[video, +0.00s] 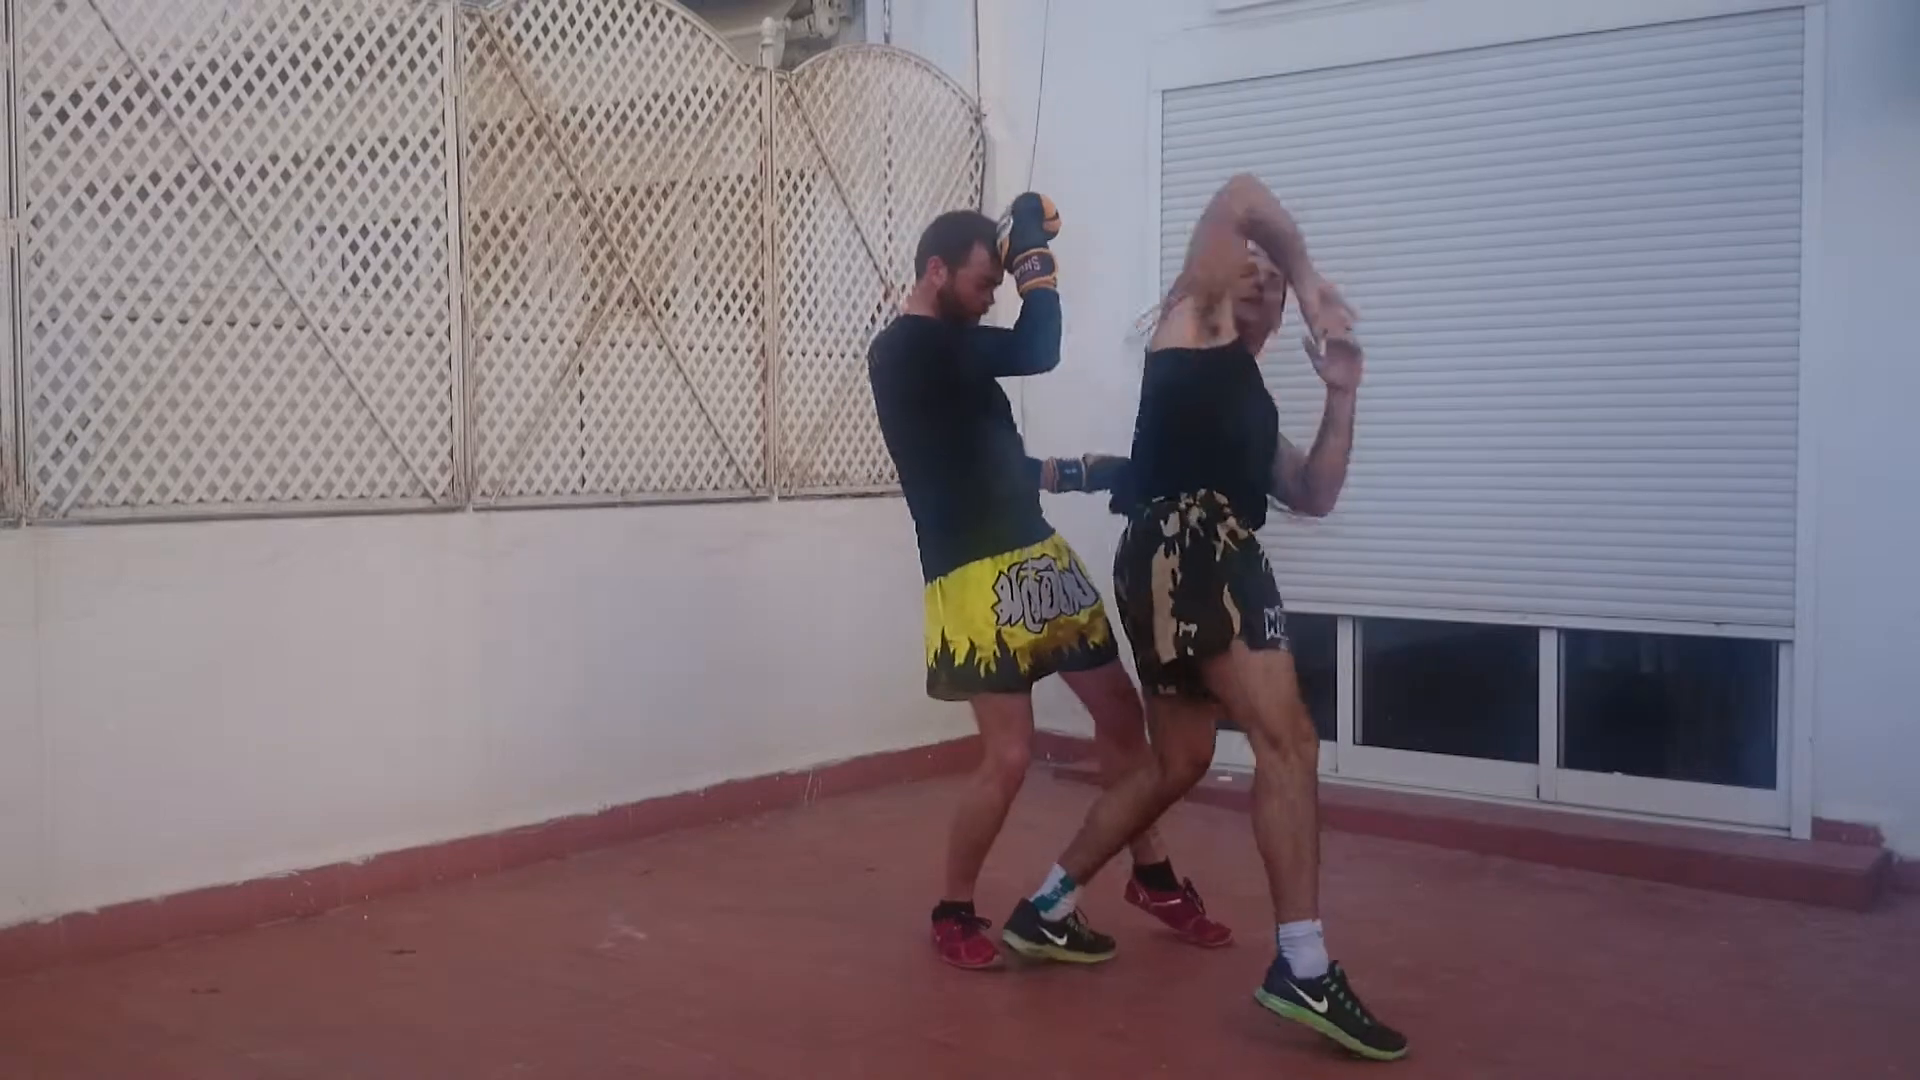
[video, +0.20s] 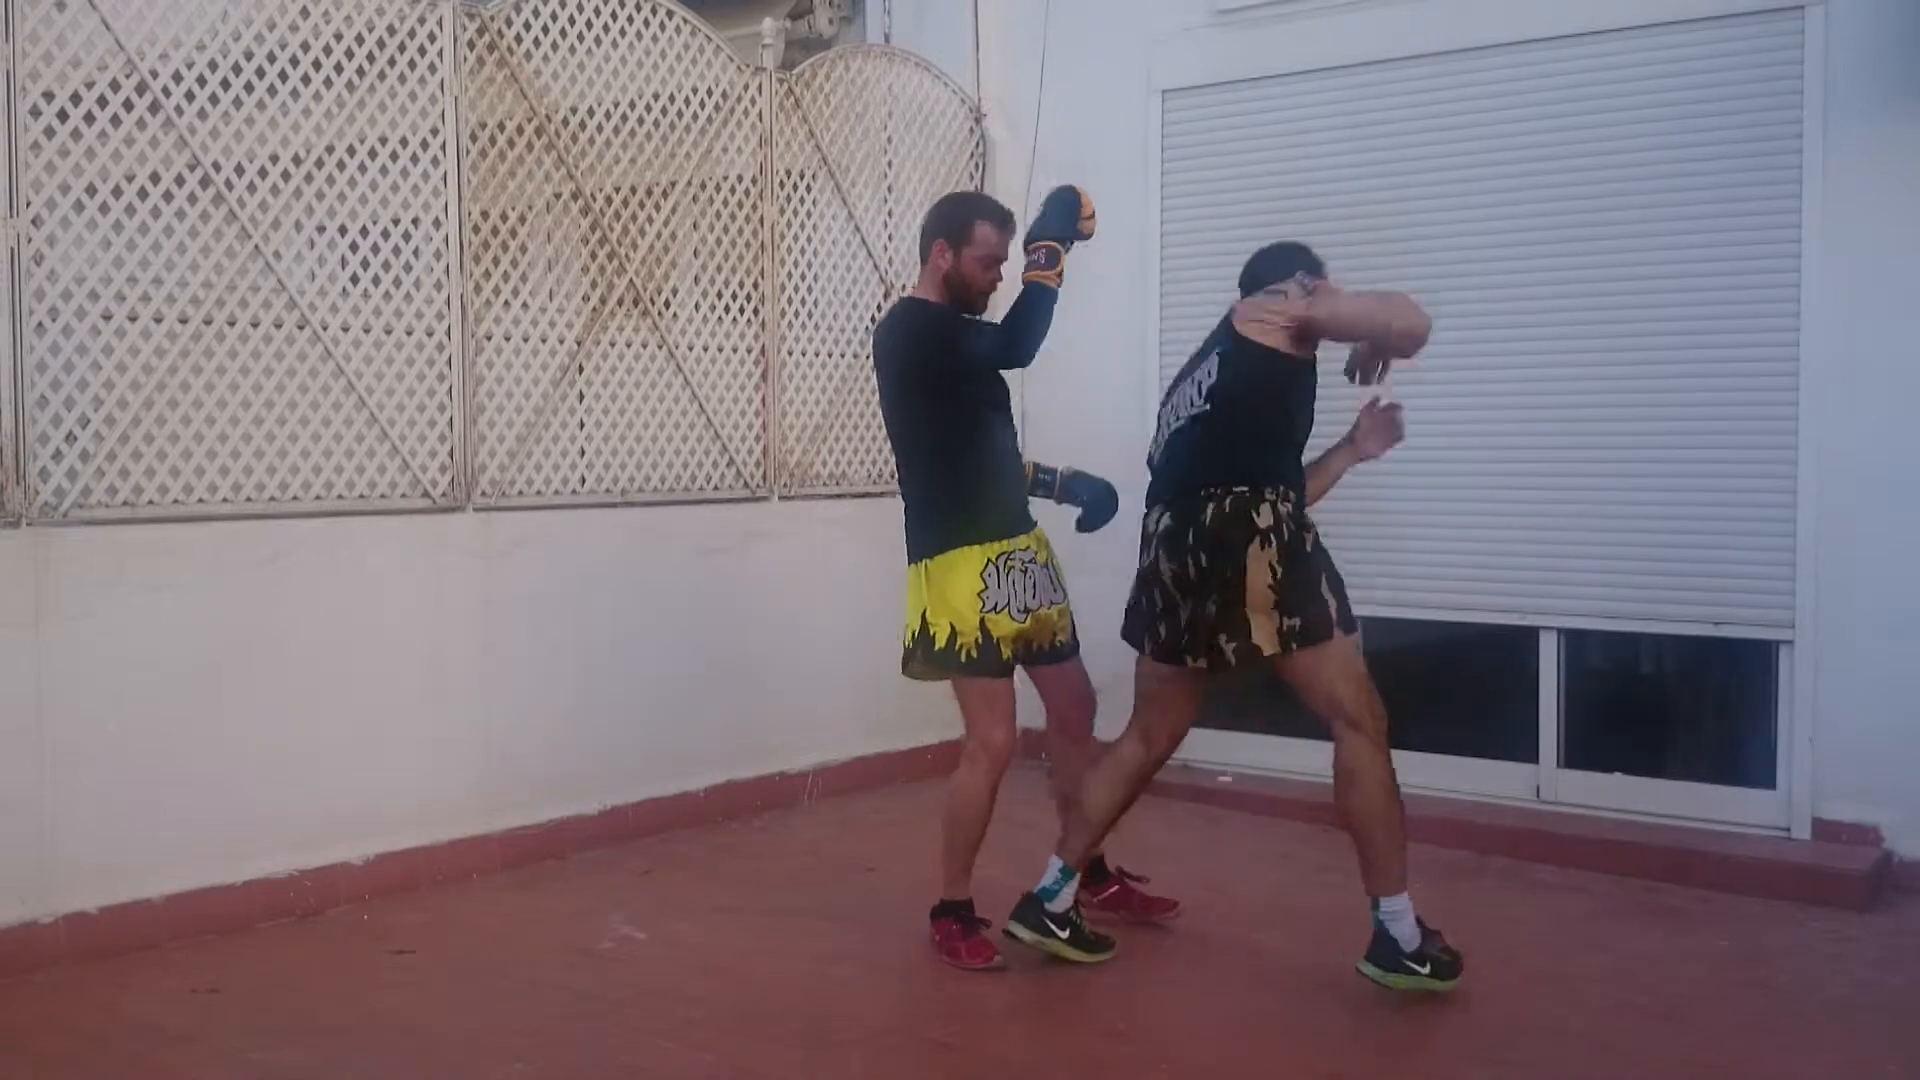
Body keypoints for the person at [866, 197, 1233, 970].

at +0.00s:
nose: (995, 294)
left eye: (996, 280)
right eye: (986, 278)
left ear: (947, 273)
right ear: (940, 268)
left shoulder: (953, 347)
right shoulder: (910, 344)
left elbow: (998, 468)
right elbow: (1036, 350)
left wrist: (1094, 472)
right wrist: (1035, 266)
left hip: (1036, 552)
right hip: (973, 570)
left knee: (1120, 712)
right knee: (1008, 754)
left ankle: (1153, 872)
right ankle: (954, 913)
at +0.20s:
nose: (1001, 279)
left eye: (1004, 266)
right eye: (988, 263)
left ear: (969, 260)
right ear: (942, 253)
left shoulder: (960, 334)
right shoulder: (911, 323)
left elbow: (976, 460)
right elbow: (1015, 343)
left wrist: (1059, 483)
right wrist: (1048, 253)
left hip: (1015, 543)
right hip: (959, 555)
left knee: (1073, 707)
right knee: (992, 736)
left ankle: (1086, 875)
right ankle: (953, 909)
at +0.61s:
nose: (994, 269)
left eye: (999, 256)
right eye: (981, 255)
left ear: (996, 259)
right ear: (935, 257)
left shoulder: (987, 348)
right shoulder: (893, 334)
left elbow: (1035, 436)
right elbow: (893, 439)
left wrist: (1091, 398)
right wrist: (952, 396)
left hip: (959, 542)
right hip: (894, 540)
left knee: (991, 705)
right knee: (909, 709)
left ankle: (967, 864)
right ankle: (823, 860)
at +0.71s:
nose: (966, 273)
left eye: (974, 263)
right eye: (958, 258)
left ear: (971, 263)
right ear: (915, 247)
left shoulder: (957, 328)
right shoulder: (862, 314)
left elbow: (1026, 400)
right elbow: (879, 406)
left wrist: (1072, 343)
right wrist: (944, 327)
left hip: (946, 533)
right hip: (871, 535)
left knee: (979, 698)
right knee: (855, 709)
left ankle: (969, 858)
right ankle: (777, 854)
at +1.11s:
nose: (897, 281)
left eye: (907, 270)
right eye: (884, 268)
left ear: (916, 266)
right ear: (847, 261)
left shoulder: (918, 332)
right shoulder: (804, 333)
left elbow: (982, 421)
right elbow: (805, 420)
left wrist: (1013, 355)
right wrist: (851, 339)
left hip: (909, 544)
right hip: (827, 545)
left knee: (967, 702)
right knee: (808, 720)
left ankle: (996, 876)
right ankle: (765, 870)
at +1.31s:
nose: (928, 287)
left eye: (932, 276)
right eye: (920, 274)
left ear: (928, 272)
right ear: (881, 262)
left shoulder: (944, 339)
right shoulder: (824, 334)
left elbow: (1015, 412)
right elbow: (801, 417)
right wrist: (844, 346)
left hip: (943, 545)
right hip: (853, 549)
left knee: (1021, 696)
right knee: (810, 722)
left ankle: (1058, 862)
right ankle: (767, 868)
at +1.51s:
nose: (987, 310)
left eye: (994, 298)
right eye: (974, 298)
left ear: (1003, 295)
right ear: (942, 294)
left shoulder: (1023, 353)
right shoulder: (912, 349)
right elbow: (860, 447)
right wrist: (895, 366)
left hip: (1012, 563)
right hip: (918, 561)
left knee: (1089, 723)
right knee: (850, 719)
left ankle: (1132, 876)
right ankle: (787, 869)